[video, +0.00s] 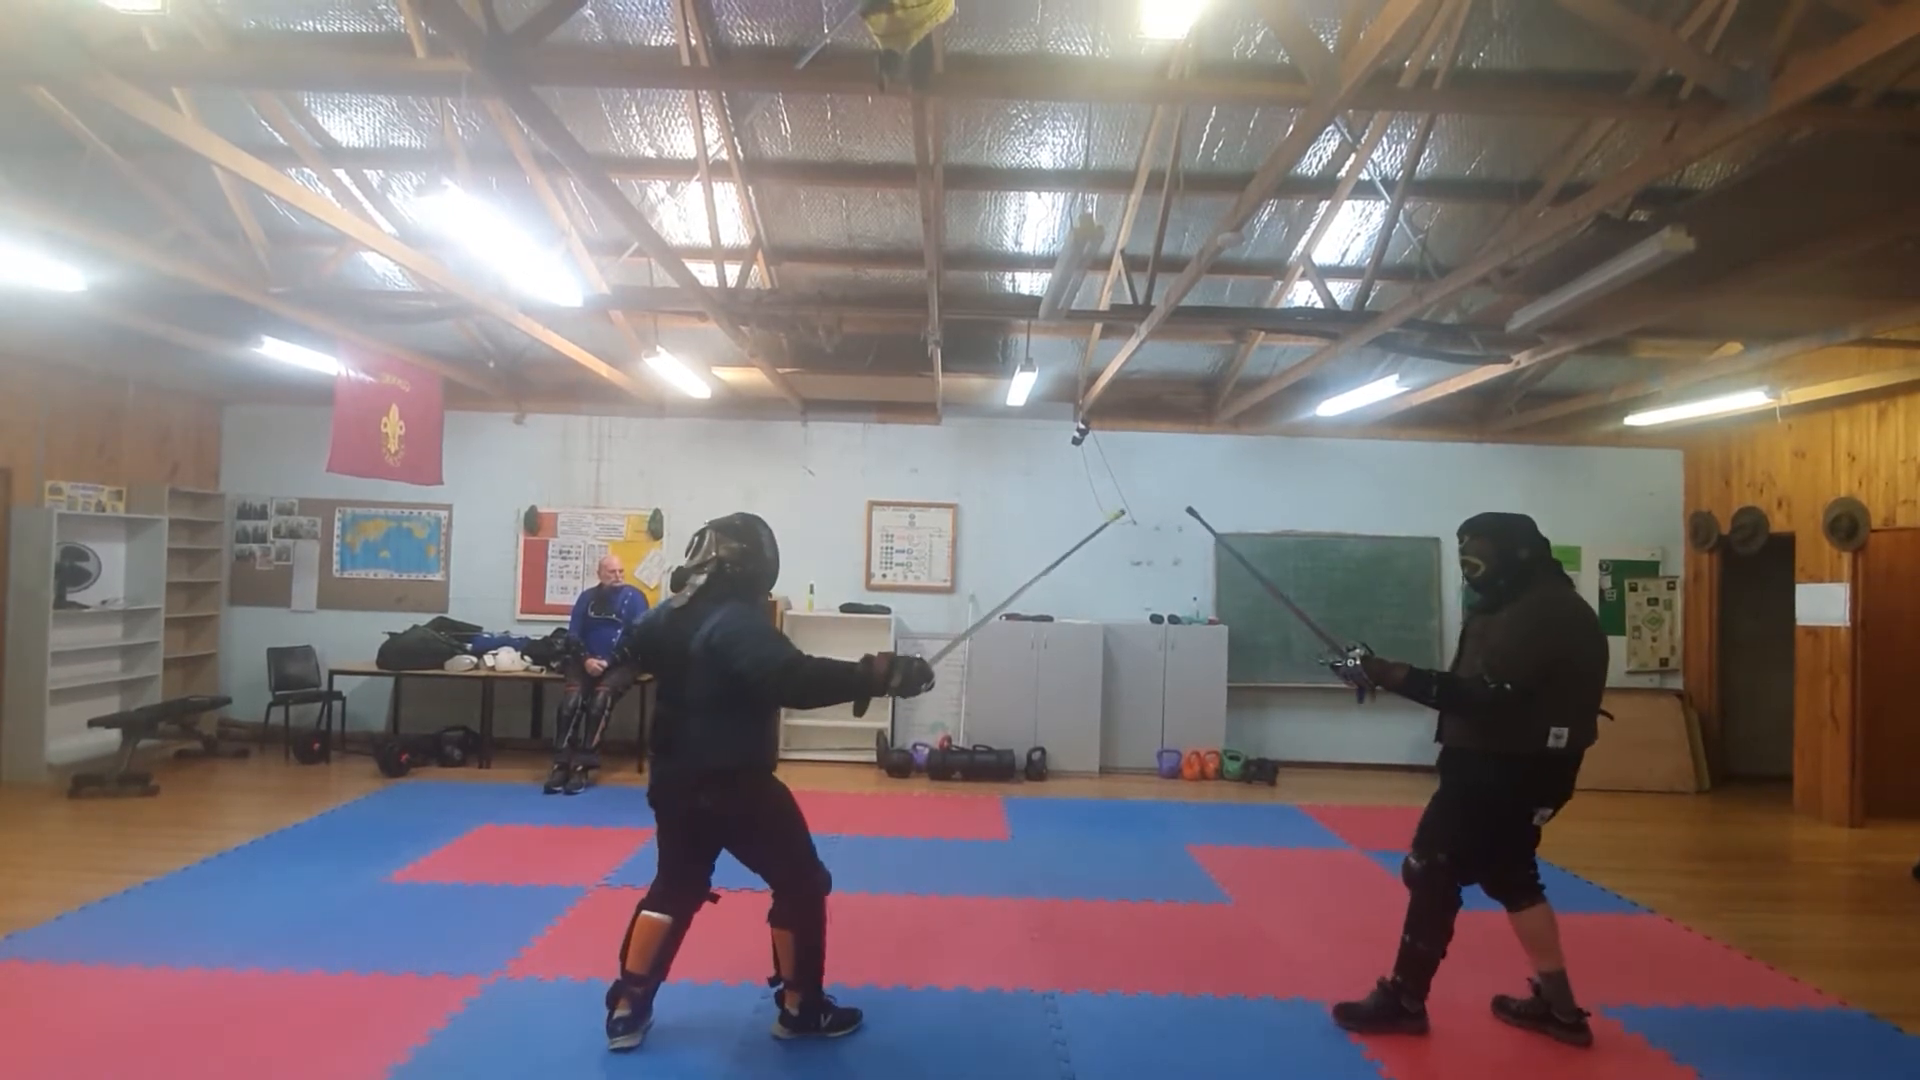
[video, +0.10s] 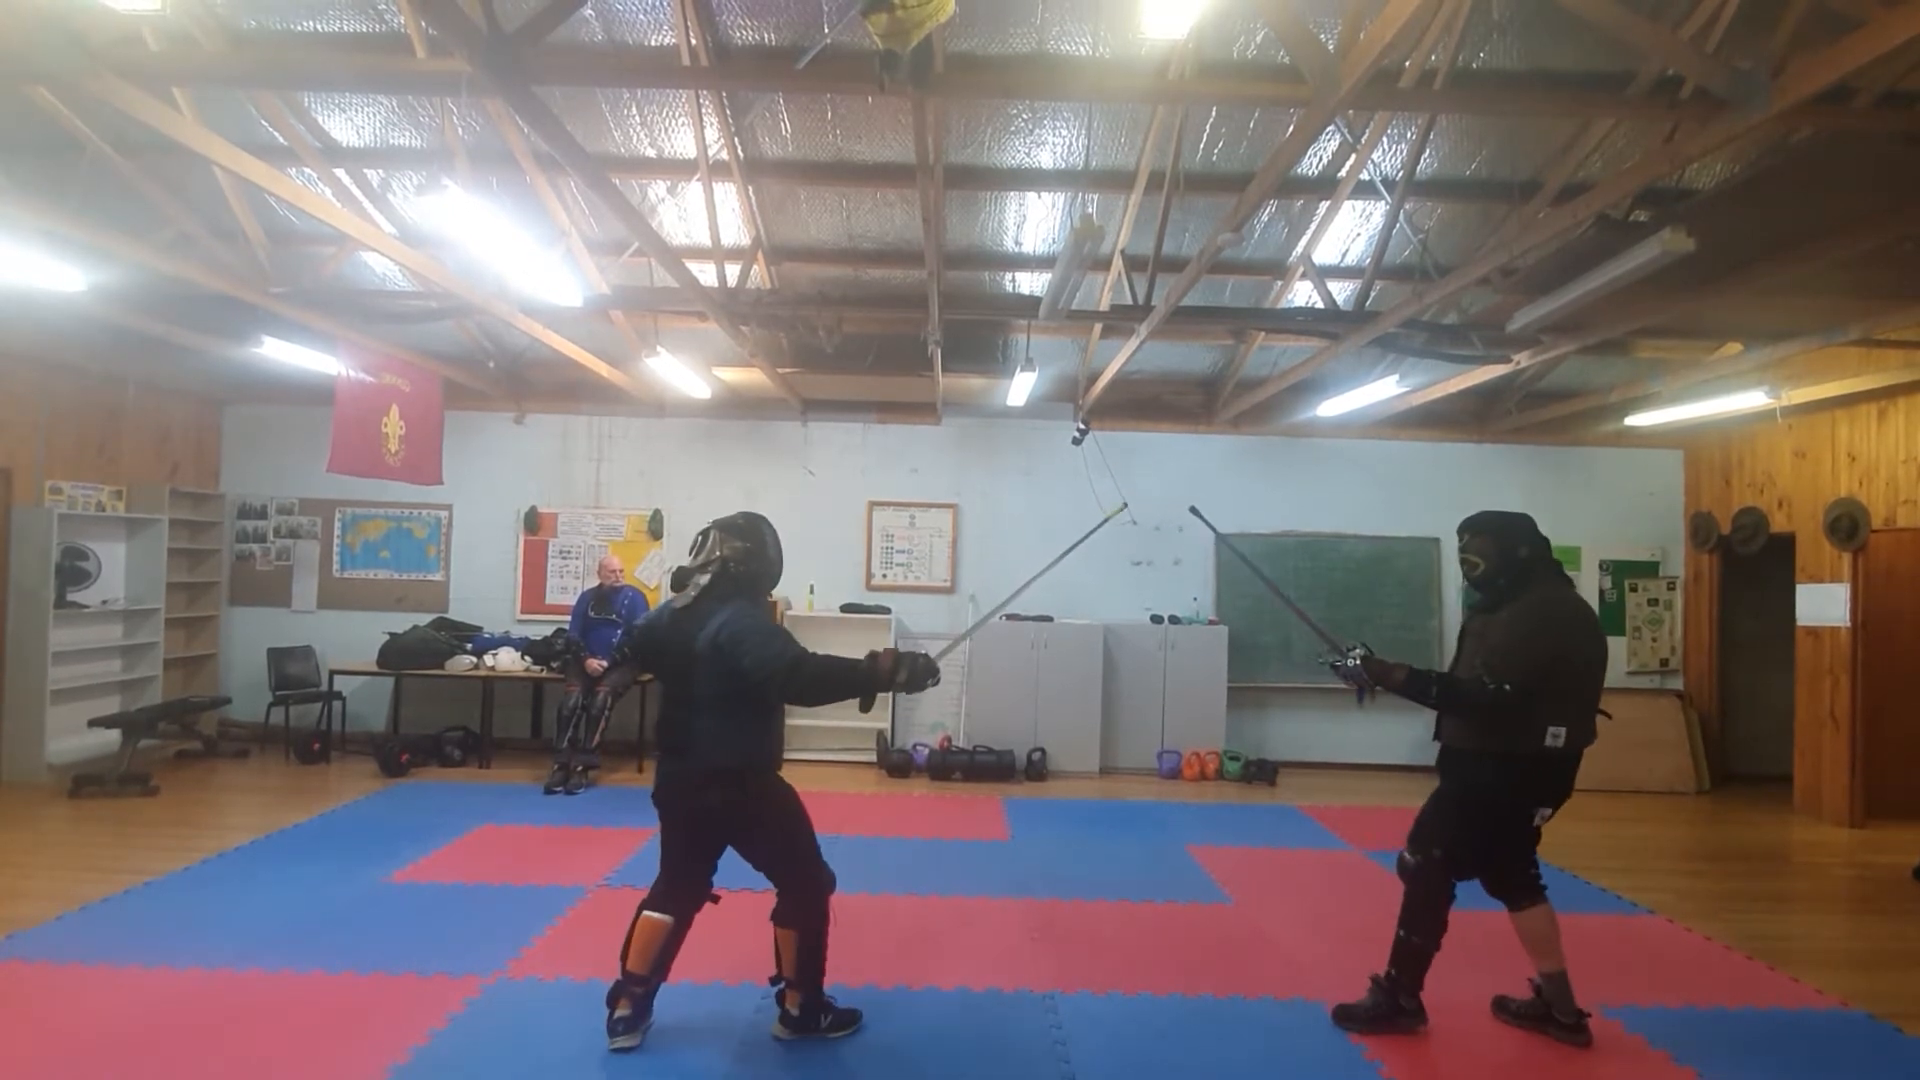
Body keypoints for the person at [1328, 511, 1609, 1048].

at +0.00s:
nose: (1468, 572)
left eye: (1478, 561)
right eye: (1465, 561)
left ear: (1515, 558)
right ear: (1523, 560)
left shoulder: (1529, 615)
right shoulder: (1568, 611)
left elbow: (1484, 697)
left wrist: (1397, 676)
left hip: (1492, 771)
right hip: (1526, 772)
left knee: (1432, 869)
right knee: (1513, 876)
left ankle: (1404, 998)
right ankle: (1558, 1002)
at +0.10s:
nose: (1468, 569)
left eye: (1477, 558)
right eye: (1464, 559)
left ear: (1516, 555)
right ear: (1520, 558)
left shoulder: (1531, 613)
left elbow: (1489, 698)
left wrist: (1396, 677)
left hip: (1494, 771)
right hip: (1524, 771)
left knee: (1428, 863)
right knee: (1515, 877)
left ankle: (1400, 995)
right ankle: (1559, 1003)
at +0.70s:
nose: (1403, 570)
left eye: (1411, 559)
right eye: (1401, 559)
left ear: (1446, 557)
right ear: (1459, 557)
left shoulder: (1457, 618)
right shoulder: (1501, 611)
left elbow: (1414, 700)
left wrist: (1319, 671)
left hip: (1422, 765)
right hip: (1465, 767)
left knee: (1357, 865)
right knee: (1454, 868)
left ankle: (1342, 997)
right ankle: (1543, 985)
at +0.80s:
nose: (1398, 567)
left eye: (1406, 556)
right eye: (1396, 556)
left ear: (1441, 554)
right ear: (1452, 555)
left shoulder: (1445, 616)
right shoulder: (1498, 611)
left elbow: (1408, 699)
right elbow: (1492, 708)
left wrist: (1312, 668)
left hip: (1419, 763)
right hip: (1462, 764)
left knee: (1356, 863)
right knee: (1431, 856)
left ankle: (1342, 995)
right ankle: (1531, 970)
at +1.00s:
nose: (1411, 572)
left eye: (1420, 561)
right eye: (1409, 561)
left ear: (1456, 559)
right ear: (1464, 560)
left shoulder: (1472, 619)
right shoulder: (1512, 614)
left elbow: (1420, 695)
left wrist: (1323, 667)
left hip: (1437, 772)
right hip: (1469, 773)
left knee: (1379, 873)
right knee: (1460, 871)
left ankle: (1344, 996)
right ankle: (1541, 985)